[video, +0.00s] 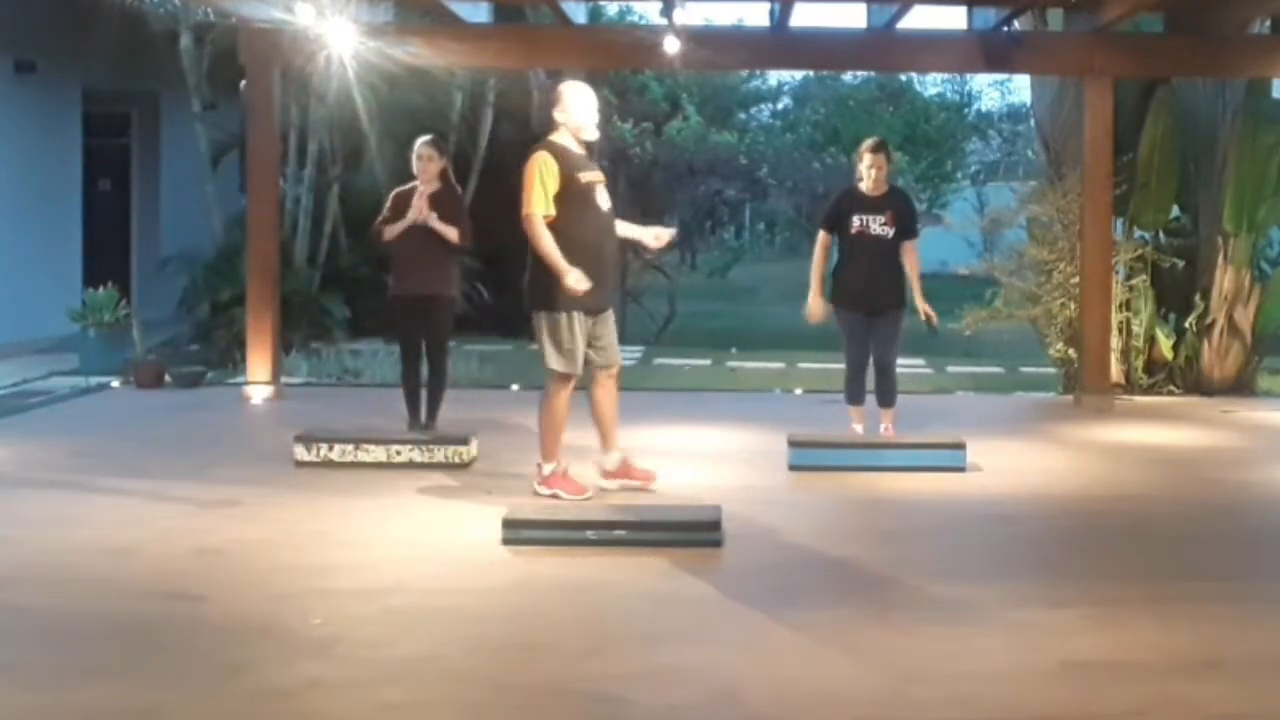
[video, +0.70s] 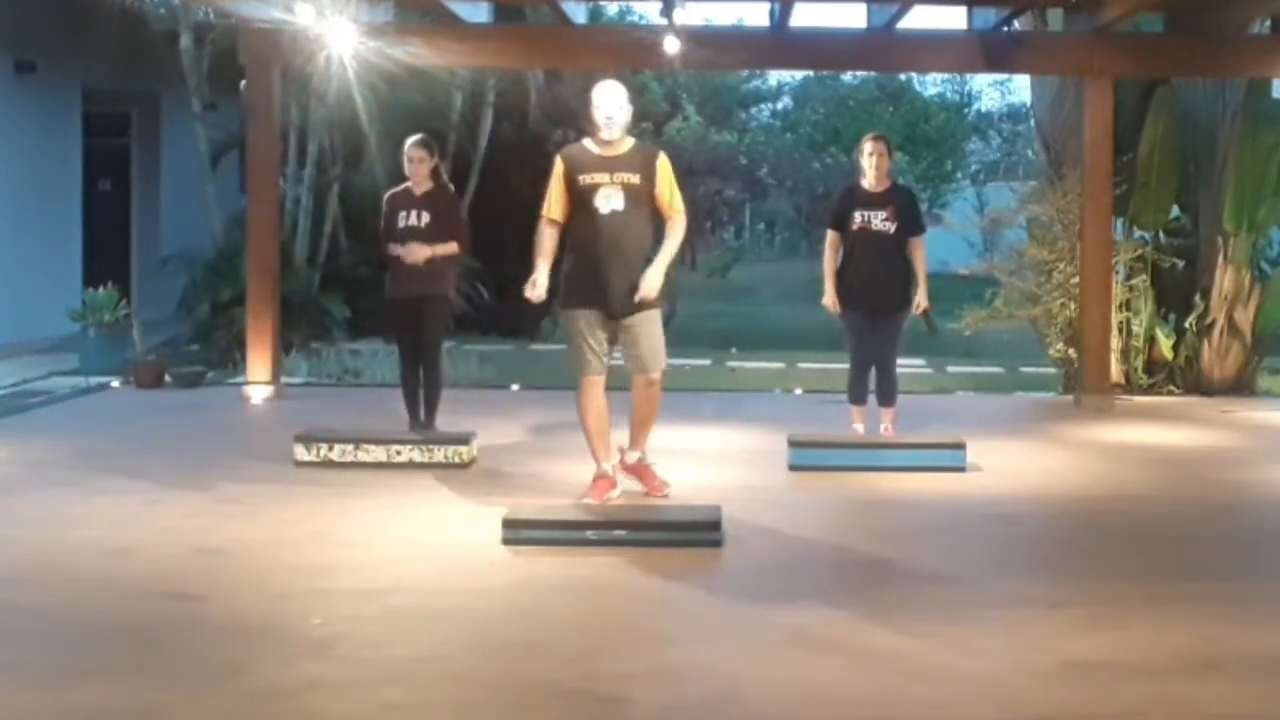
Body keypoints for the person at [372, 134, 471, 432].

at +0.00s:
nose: (423, 164)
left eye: (429, 158)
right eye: (418, 157)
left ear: (442, 163)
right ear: (412, 161)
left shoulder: (452, 196)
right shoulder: (400, 195)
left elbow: (463, 238)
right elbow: (380, 235)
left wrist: (432, 221)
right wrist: (408, 219)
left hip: (439, 291)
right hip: (406, 291)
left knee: (437, 356)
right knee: (410, 357)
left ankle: (431, 419)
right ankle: (414, 418)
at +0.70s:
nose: (412, 167)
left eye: (419, 161)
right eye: (408, 160)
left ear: (433, 162)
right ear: (403, 162)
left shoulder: (447, 197)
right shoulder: (392, 198)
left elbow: (460, 243)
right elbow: (385, 243)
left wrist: (429, 250)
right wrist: (403, 251)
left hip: (434, 291)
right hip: (402, 291)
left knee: (431, 356)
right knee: (408, 357)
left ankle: (430, 418)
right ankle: (414, 418)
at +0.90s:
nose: (413, 169)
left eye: (419, 163)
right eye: (409, 163)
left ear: (433, 165)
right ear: (403, 165)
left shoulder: (447, 200)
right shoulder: (391, 201)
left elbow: (457, 245)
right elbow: (387, 248)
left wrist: (442, 279)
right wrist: (389, 286)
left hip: (435, 290)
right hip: (403, 290)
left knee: (436, 358)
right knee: (409, 359)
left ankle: (431, 417)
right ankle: (414, 417)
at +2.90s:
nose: (418, 162)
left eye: (425, 157)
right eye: (414, 156)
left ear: (438, 164)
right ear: (408, 162)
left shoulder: (449, 201)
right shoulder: (399, 199)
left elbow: (455, 250)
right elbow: (393, 247)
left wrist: (455, 292)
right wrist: (382, 284)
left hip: (436, 292)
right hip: (402, 292)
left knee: (440, 358)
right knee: (400, 356)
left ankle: (436, 417)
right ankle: (412, 413)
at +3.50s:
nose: (408, 160)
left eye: (414, 155)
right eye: (404, 154)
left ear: (428, 161)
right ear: (398, 160)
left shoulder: (442, 199)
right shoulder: (387, 199)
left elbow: (452, 249)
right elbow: (380, 248)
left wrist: (457, 290)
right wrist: (370, 285)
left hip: (430, 293)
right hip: (395, 293)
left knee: (422, 354)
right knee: (401, 358)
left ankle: (428, 418)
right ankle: (407, 421)